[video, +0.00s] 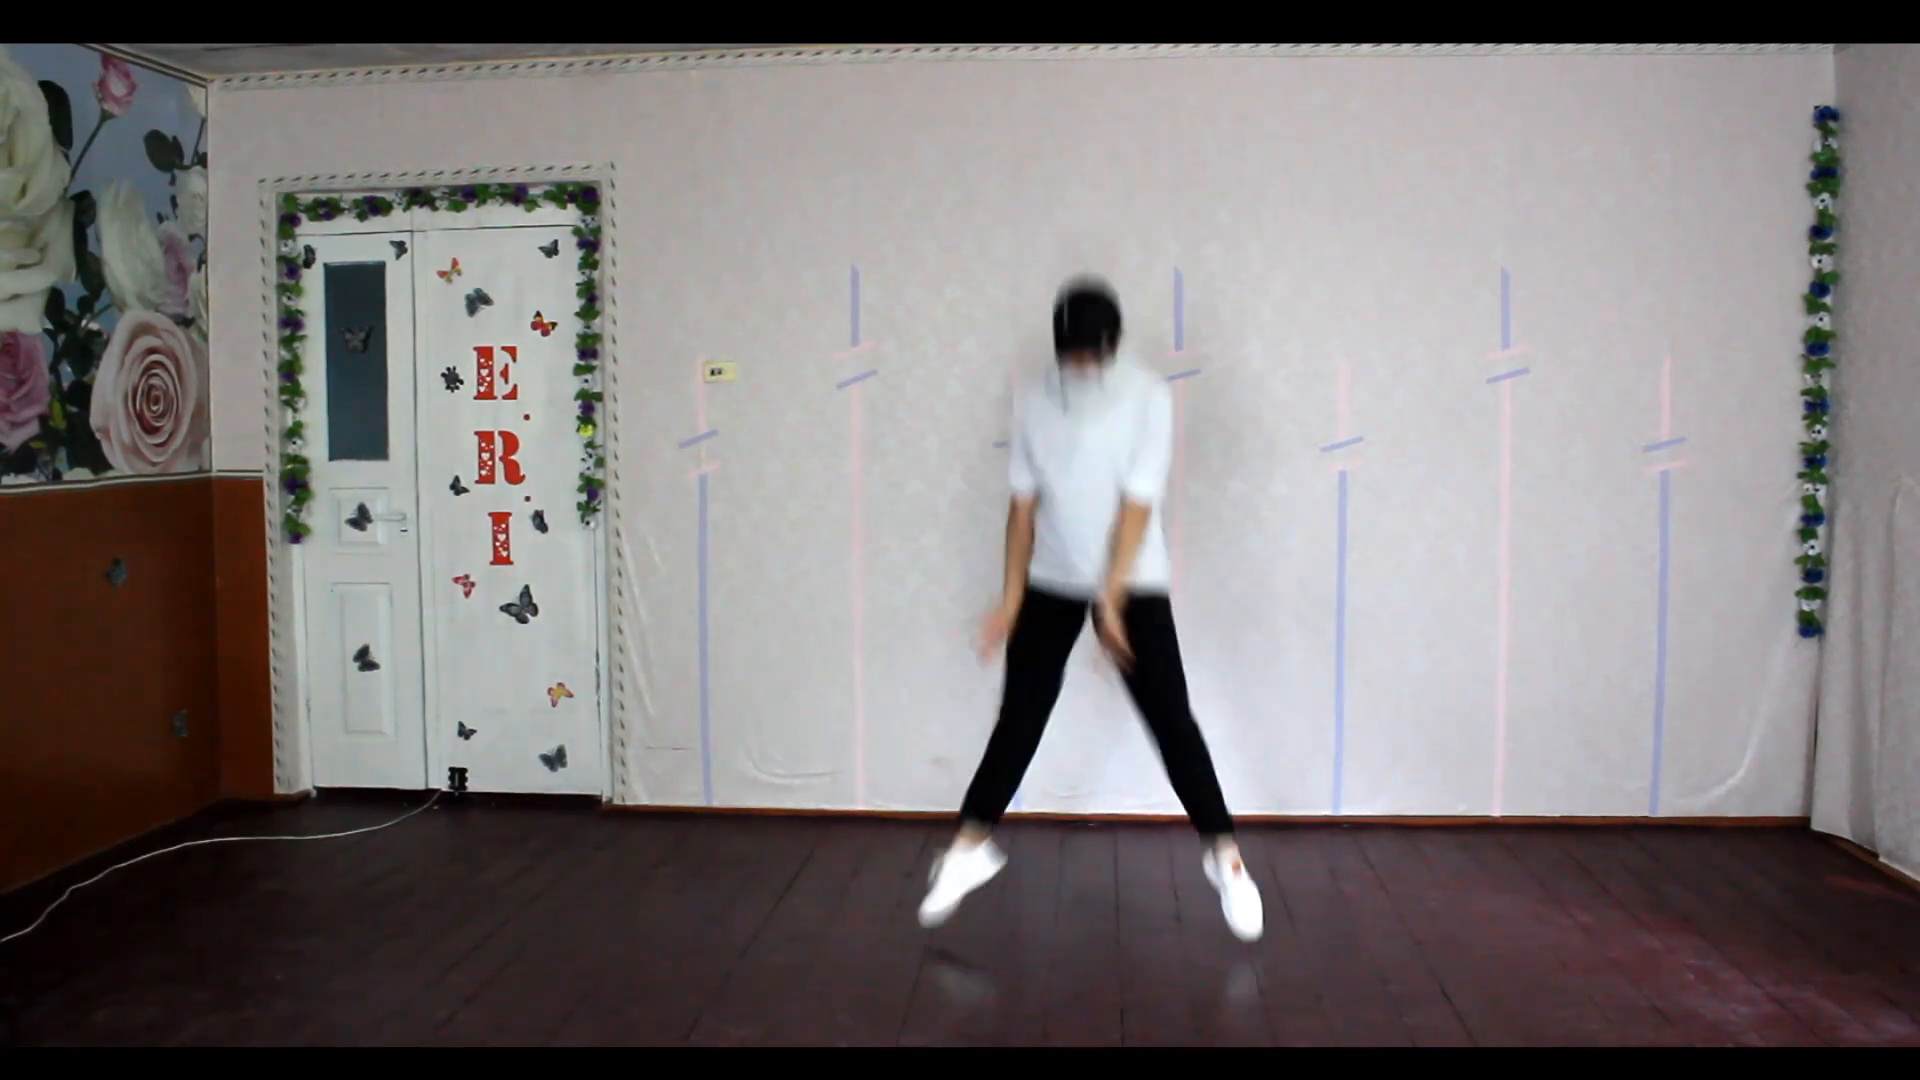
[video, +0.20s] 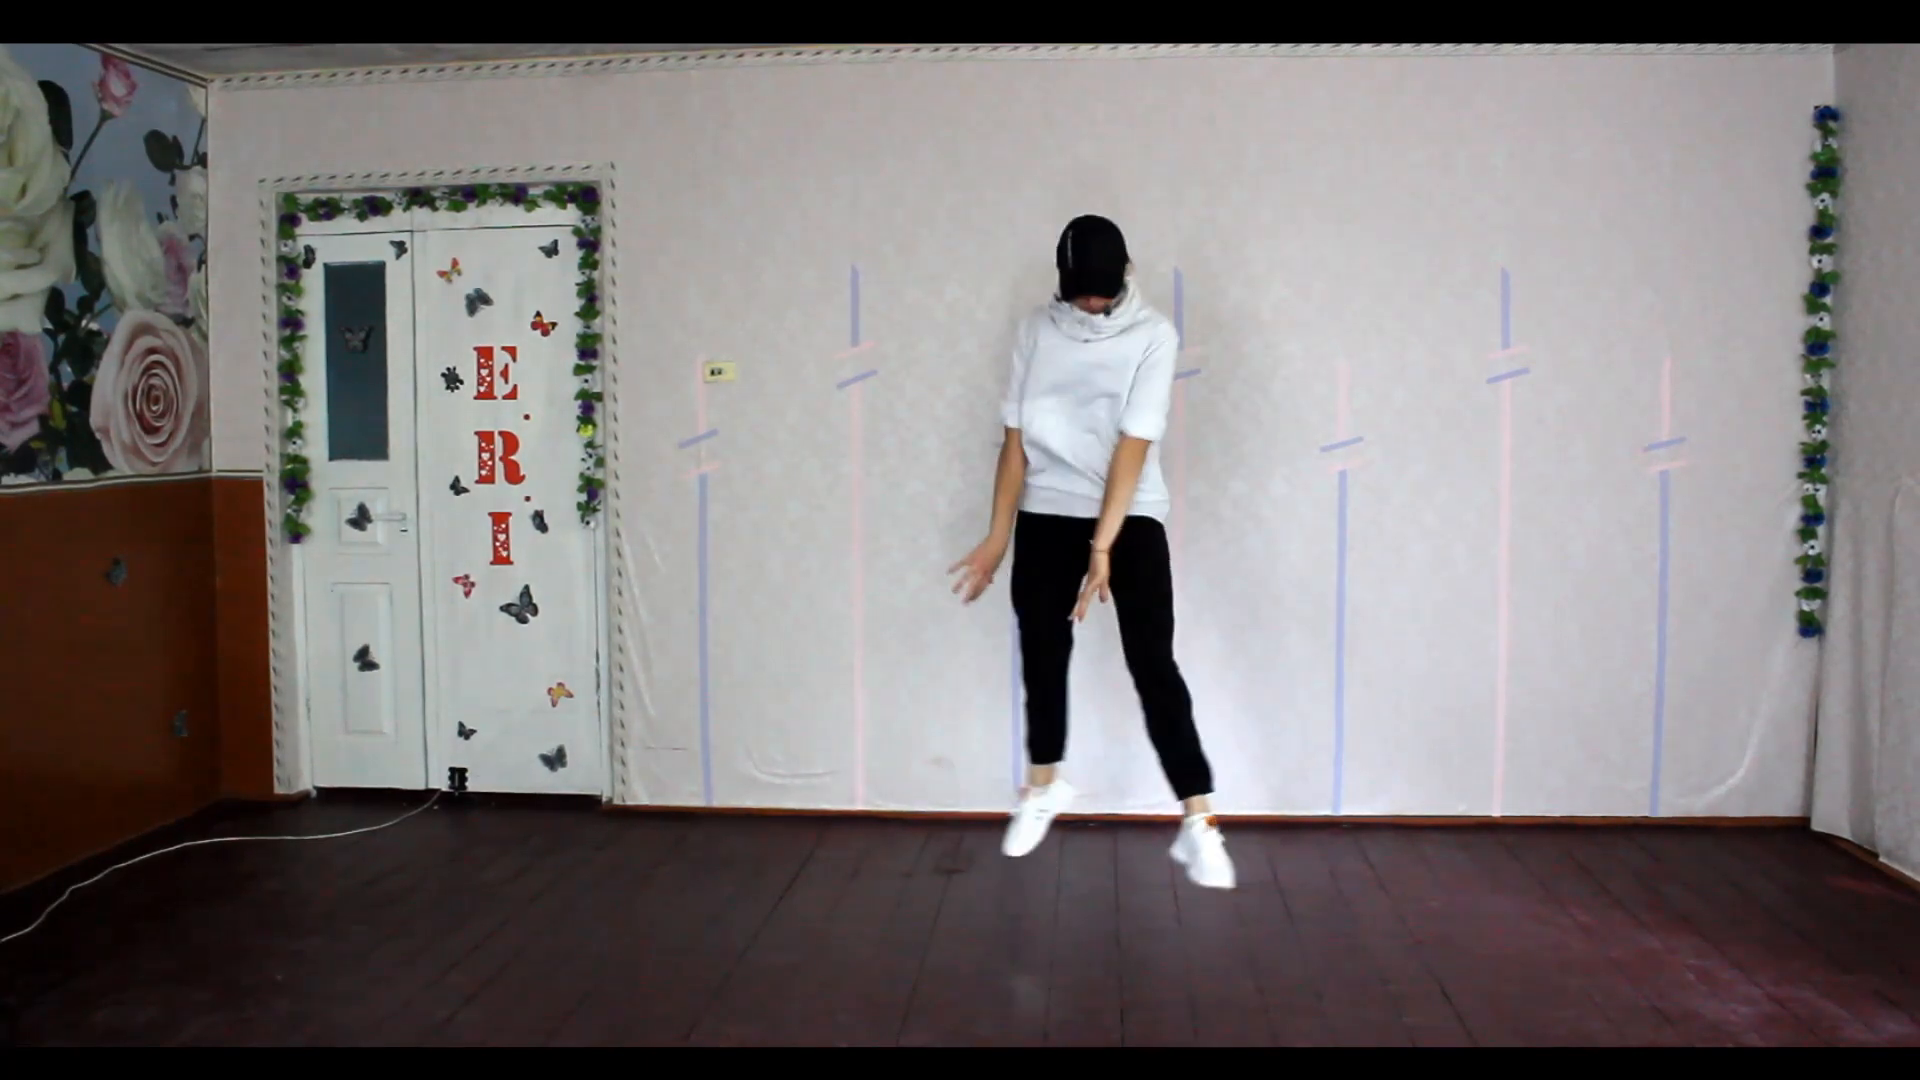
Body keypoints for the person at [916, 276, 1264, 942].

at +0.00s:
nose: (1084, 368)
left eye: (1095, 357)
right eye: (1074, 357)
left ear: (1114, 347)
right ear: (1057, 348)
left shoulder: (1146, 397)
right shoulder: (1036, 395)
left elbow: (1139, 504)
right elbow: (1024, 501)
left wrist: (1111, 600)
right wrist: (1012, 597)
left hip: (1133, 585)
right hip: (1052, 585)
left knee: (1172, 724)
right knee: (1017, 722)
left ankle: (1226, 856)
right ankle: (968, 845)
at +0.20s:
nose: (1094, 305)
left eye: (1104, 294)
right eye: (1082, 296)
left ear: (1123, 277)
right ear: (1063, 282)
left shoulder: (1152, 335)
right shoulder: (1037, 329)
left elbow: (1133, 448)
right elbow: (1016, 442)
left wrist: (1103, 548)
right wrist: (997, 537)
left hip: (1128, 518)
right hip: (1045, 515)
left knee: (1152, 664)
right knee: (1042, 655)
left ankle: (1199, 818)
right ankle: (1043, 786)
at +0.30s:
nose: (1091, 329)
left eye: (1101, 316)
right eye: (1078, 318)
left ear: (1119, 301)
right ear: (1061, 305)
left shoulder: (1150, 353)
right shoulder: (1037, 350)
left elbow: (1146, 470)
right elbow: (1019, 462)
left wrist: (1109, 570)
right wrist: (1003, 560)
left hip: (1127, 543)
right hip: (1047, 541)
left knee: (1143, 686)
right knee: (1053, 677)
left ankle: (1177, 838)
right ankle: (1070, 797)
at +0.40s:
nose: (1070, 418)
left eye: (1080, 404)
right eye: (1058, 405)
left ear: (1103, 385)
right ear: (1042, 389)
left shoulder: (1142, 428)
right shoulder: (1034, 435)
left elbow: (1174, 536)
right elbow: (1016, 539)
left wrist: (1120, 636)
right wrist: (998, 642)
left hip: (1127, 619)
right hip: (1056, 617)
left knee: (1125, 760)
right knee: (1048, 746)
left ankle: (1139, 912)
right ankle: (1101, 845)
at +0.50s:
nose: (1051, 567)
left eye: (1059, 557)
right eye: (1040, 558)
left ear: (1083, 532)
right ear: (1024, 538)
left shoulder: (1121, 552)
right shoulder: (1025, 574)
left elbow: (1183, 640)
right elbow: (996, 684)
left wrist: (1121, 734)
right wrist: (969, 794)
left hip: (1141, 715)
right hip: (1076, 716)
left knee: (1094, 804)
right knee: (1030, 836)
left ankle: (1130, 951)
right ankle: (1124, 866)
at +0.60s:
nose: (1041, 673)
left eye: (1048, 661)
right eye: (1029, 664)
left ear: (1069, 634)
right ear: (1013, 644)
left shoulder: (1113, 635)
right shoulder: (1013, 669)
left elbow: (1194, 693)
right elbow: (985, 771)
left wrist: (1136, 765)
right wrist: (963, 876)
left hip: (1159, 749)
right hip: (1083, 761)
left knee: (1104, 800)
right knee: (1025, 877)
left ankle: (1128, 947)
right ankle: (1118, 868)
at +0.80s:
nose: (1036, 824)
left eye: (1053, 793)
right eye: (1029, 816)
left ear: (1065, 759)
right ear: (1005, 773)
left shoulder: (1111, 727)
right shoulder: (1002, 773)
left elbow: (1212, 719)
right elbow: (990, 839)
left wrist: (1162, 780)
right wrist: (981, 926)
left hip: (1164, 807)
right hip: (1079, 827)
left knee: (1119, 797)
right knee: (1016, 929)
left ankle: (1130, 948)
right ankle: (1102, 866)